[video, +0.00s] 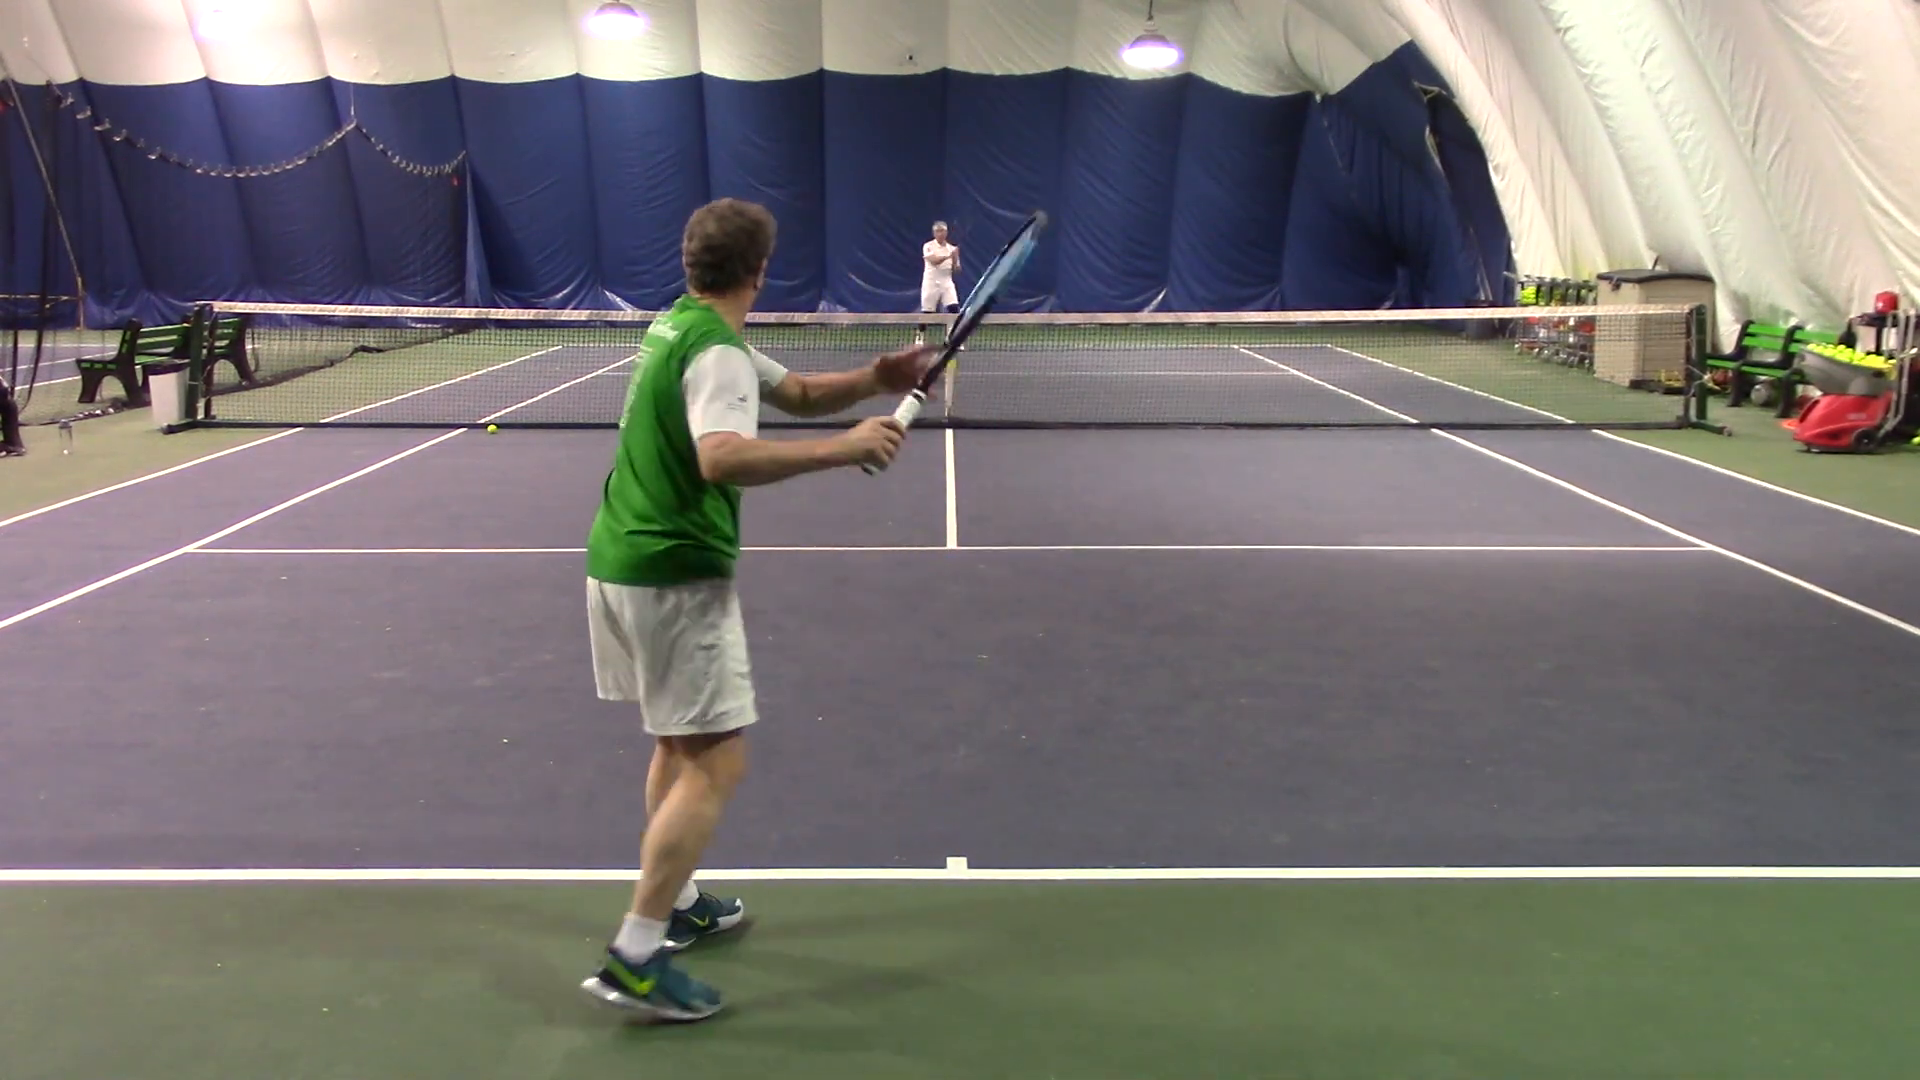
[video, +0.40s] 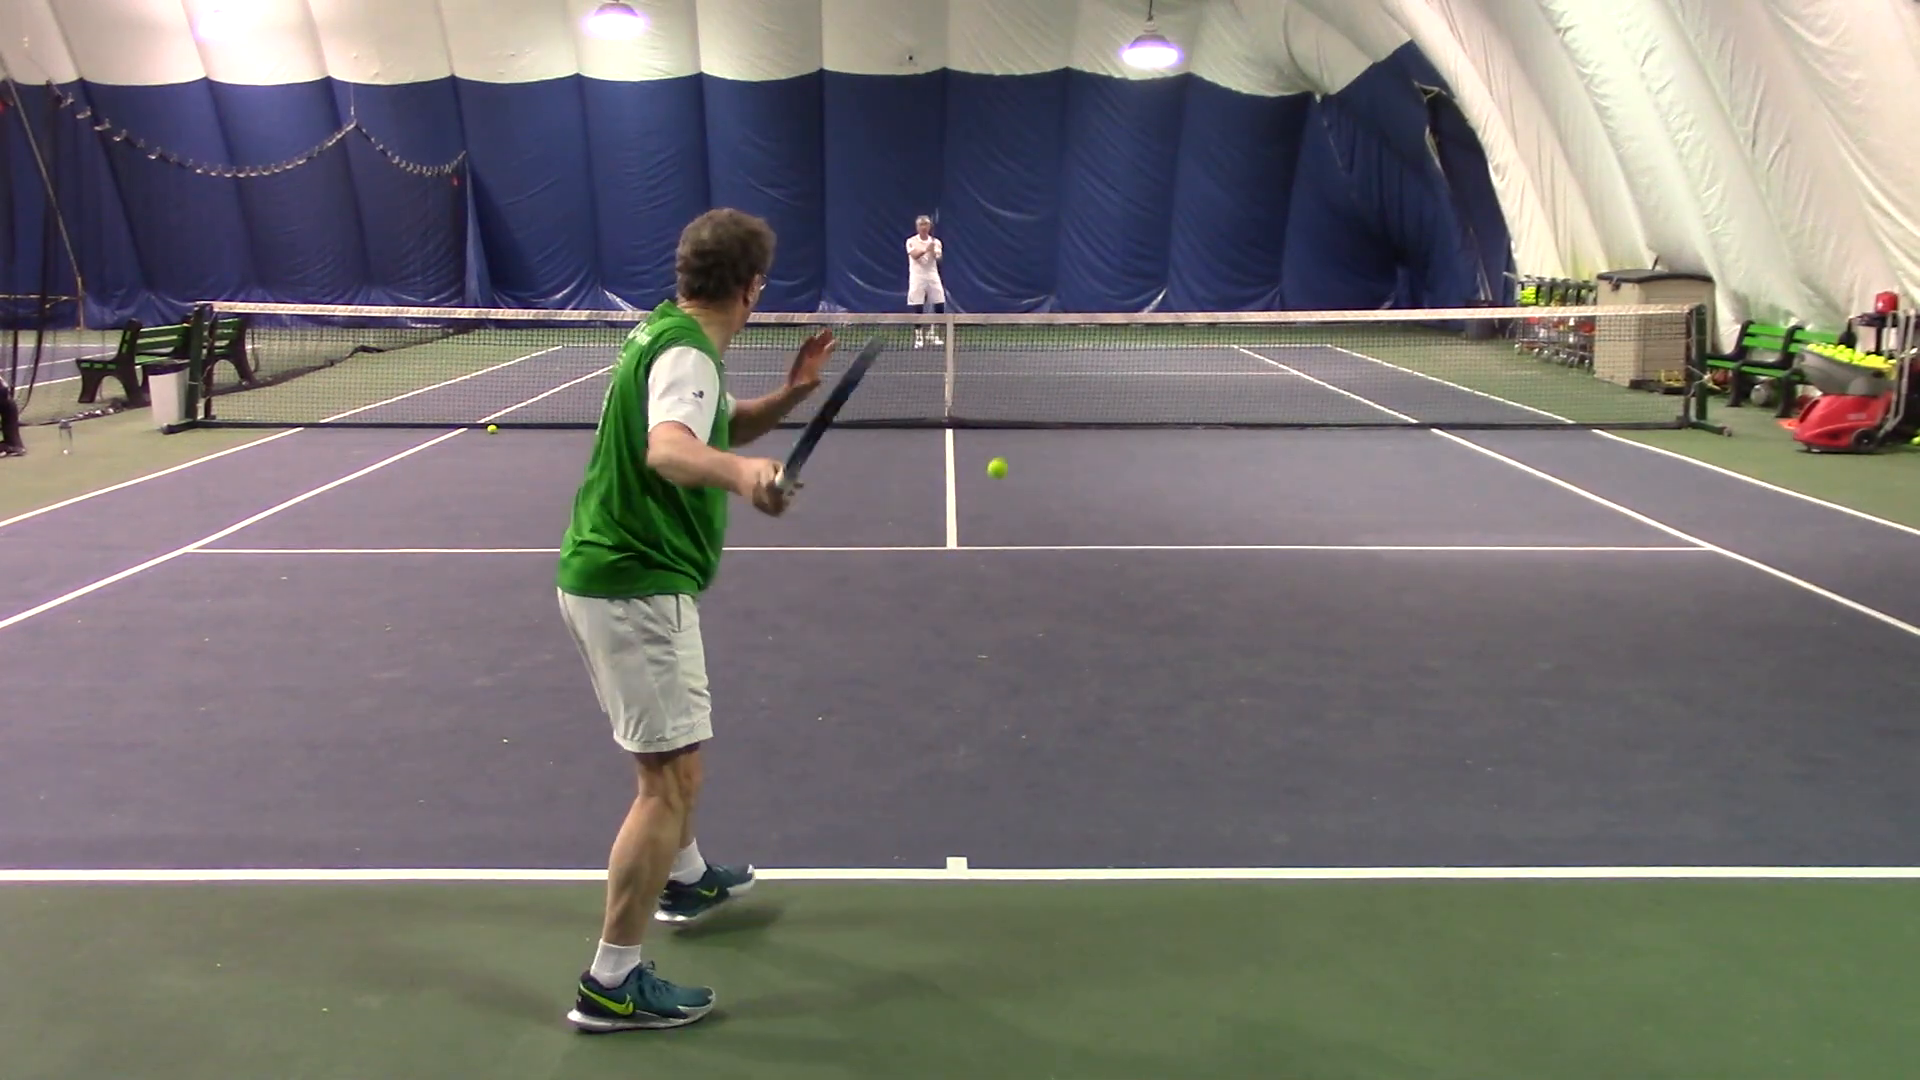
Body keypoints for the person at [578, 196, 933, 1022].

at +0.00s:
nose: (769, 273)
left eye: (761, 260)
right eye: (769, 262)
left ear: (691, 265)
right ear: (759, 272)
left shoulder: (676, 330)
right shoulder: (718, 350)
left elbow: (791, 392)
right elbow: (721, 456)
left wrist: (877, 377)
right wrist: (840, 448)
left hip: (624, 570)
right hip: (677, 580)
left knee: (675, 746)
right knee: (717, 764)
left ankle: (669, 903)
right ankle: (634, 953)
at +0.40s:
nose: (765, 290)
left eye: (765, 279)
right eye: (765, 279)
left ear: (686, 275)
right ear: (750, 286)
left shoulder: (667, 337)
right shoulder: (688, 351)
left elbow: (709, 426)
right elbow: (665, 446)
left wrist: (788, 396)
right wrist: (740, 471)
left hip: (622, 577)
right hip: (635, 587)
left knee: (673, 738)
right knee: (670, 784)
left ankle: (677, 877)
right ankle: (611, 976)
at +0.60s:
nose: (782, 305)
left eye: (784, 293)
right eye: (782, 294)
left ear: (704, 285)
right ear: (763, 298)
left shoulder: (660, 337)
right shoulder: (715, 373)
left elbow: (608, 411)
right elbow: (736, 487)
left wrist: (718, 406)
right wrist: (826, 536)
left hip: (600, 583)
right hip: (655, 595)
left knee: (670, 746)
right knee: (668, 786)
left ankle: (694, 880)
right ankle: (611, 977)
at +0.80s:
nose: (787, 302)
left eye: (788, 289)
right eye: (788, 290)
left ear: (709, 279)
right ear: (765, 295)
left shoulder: (636, 324)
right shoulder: (764, 383)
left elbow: (571, 368)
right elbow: (820, 482)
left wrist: (629, 341)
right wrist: (901, 496)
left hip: (616, 570)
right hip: (693, 582)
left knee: (677, 733)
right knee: (684, 764)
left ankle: (697, 880)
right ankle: (626, 946)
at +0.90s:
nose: (805, 299)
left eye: (804, 287)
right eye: (805, 289)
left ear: (727, 276)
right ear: (785, 296)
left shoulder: (648, 318)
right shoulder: (783, 376)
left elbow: (561, 335)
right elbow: (819, 395)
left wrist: (600, 327)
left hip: (627, 568)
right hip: (708, 581)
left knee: (685, 732)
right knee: (693, 756)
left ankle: (698, 878)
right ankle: (639, 931)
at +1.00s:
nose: (825, 299)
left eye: (825, 288)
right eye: (825, 290)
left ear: (745, 277)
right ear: (807, 300)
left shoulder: (666, 320)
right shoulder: (808, 365)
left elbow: (558, 336)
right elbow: (758, 360)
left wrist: (628, 349)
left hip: (640, 562)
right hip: (724, 574)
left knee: (684, 723)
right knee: (711, 750)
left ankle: (699, 878)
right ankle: (659, 923)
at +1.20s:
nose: (840, 293)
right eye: (842, 282)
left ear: (764, 268)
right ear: (828, 288)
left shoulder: (688, 319)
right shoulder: (827, 349)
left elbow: (585, 363)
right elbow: (779, 292)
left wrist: (637, 343)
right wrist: (725, 229)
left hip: (669, 556)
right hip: (760, 565)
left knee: (696, 722)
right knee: (767, 742)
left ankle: (696, 881)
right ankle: (745, 915)